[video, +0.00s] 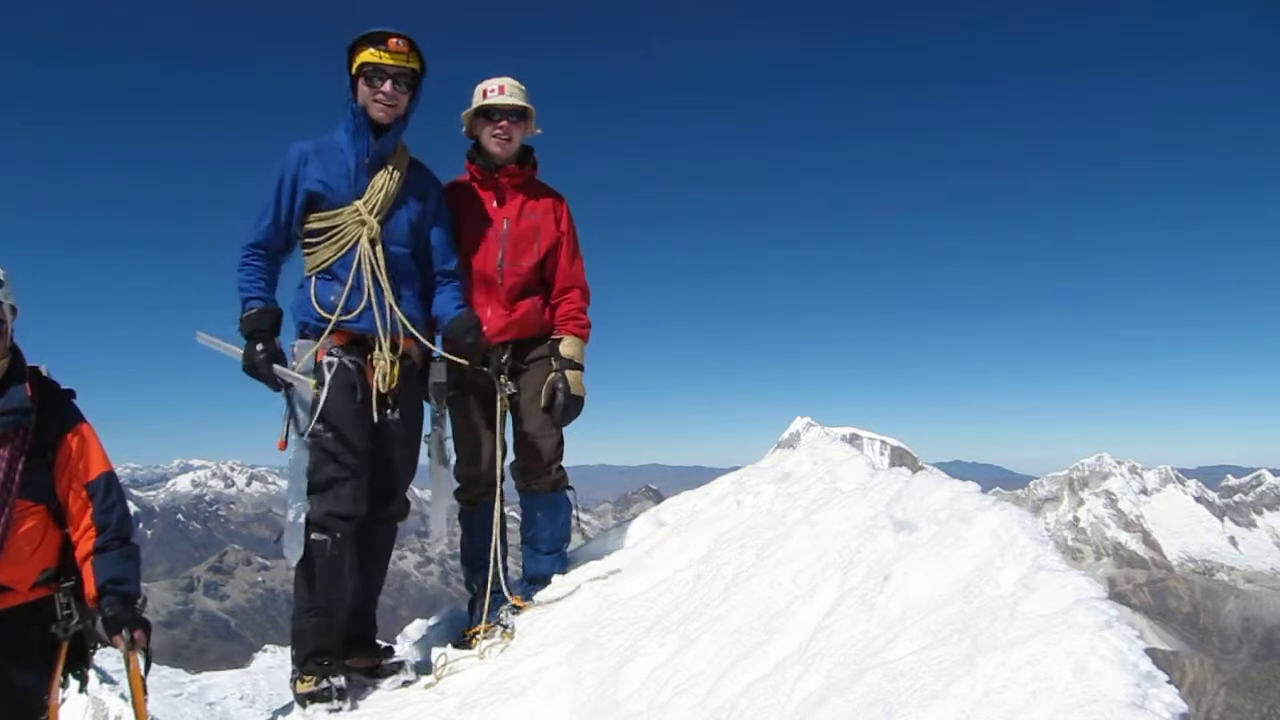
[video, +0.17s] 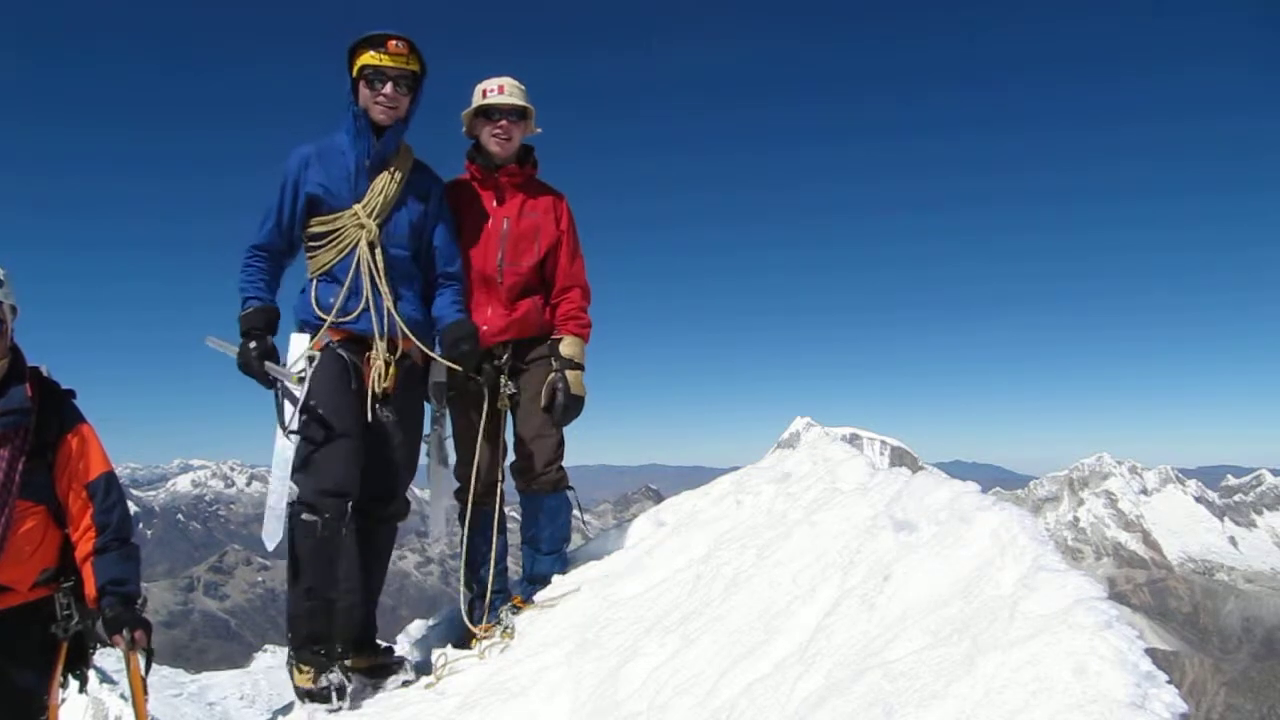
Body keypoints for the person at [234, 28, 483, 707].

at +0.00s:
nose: (388, 89)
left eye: (401, 80)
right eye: (376, 76)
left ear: (414, 92)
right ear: (355, 83)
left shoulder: (421, 182)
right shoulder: (309, 160)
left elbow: (445, 274)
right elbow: (261, 250)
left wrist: (456, 328)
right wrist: (259, 329)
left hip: (404, 357)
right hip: (330, 352)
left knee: (384, 503)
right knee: (339, 500)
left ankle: (357, 641)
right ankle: (316, 658)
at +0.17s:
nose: (389, 91)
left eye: (402, 82)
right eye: (377, 79)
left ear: (415, 94)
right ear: (356, 86)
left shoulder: (425, 183)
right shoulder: (312, 162)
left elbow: (447, 276)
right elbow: (266, 252)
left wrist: (453, 335)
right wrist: (257, 328)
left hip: (405, 353)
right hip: (329, 347)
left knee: (383, 495)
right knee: (330, 485)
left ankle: (357, 638)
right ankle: (311, 645)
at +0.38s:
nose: (389, 94)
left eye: (402, 85)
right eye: (378, 82)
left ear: (416, 96)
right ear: (357, 89)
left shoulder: (427, 186)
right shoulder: (313, 164)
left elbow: (448, 279)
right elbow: (264, 252)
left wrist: (452, 340)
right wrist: (255, 329)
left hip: (405, 357)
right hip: (332, 351)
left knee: (381, 500)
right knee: (332, 491)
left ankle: (357, 640)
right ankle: (303, 665)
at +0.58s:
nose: (388, 92)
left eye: (401, 83)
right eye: (376, 80)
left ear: (416, 96)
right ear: (356, 88)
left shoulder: (428, 187)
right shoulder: (315, 162)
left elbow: (449, 278)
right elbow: (262, 253)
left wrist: (449, 339)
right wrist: (254, 333)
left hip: (408, 359)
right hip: (337, 352)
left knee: (381, 502)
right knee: (328, 499)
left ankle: (356, 637)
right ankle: (301, 667)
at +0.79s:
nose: (388, 92)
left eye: (401, 84)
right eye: (376, 81)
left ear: (416, 96)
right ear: (356, 88)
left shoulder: (427, 187)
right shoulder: (317, 159)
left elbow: (448, 281)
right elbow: (263, 251)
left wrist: (447, 352)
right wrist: (255, 334)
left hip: (408, 360)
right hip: (340, 352)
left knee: (382, 502)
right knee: (334, 498)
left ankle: (356, 640)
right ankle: (302, 669)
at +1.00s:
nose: (389, 92)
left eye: (402, 84)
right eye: (377, 80)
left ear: (417, 97)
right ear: (356, 88)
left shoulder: (426, 188)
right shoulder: (319, 156)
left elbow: (444, 282)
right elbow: (262, 247)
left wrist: (447, 351)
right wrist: (256, 332)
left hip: (409, 361)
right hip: (342, 352)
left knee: (381, 504)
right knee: (334, 500)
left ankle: (356, 640)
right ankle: (302, 670)